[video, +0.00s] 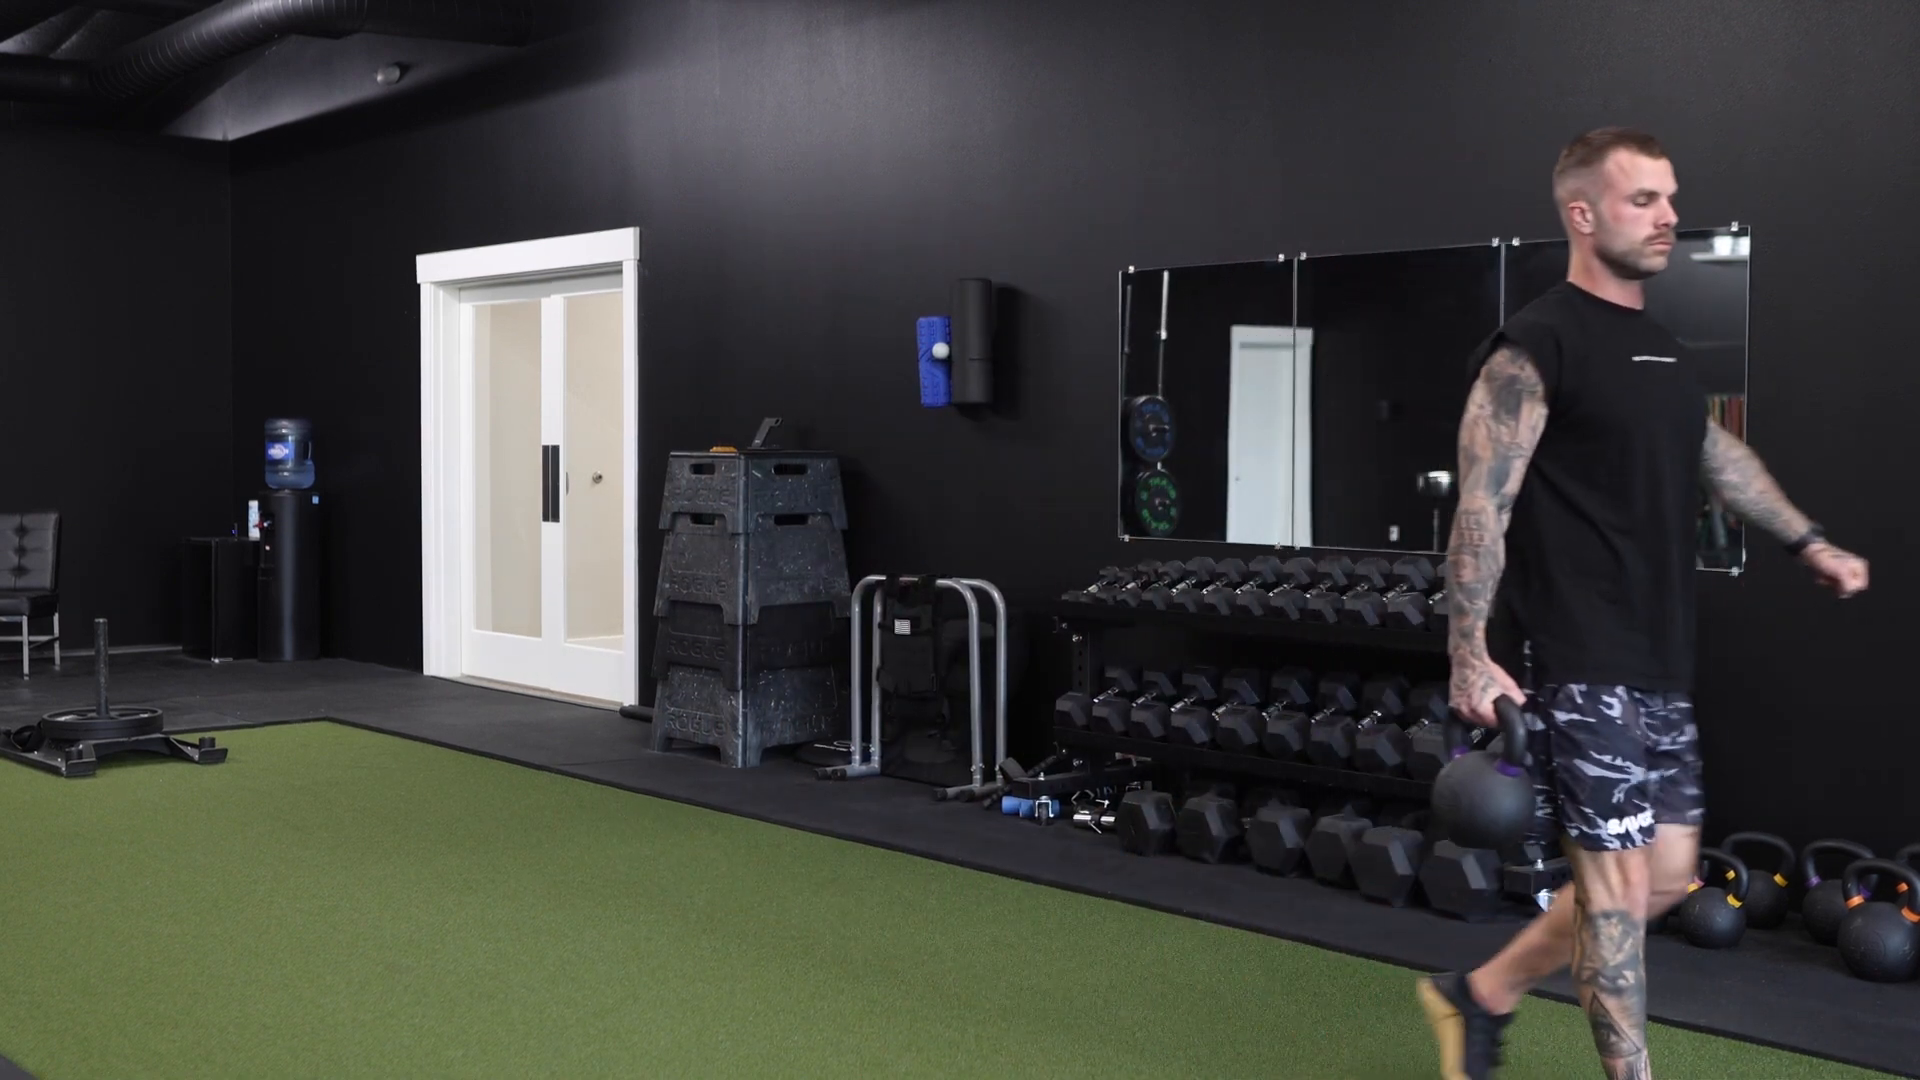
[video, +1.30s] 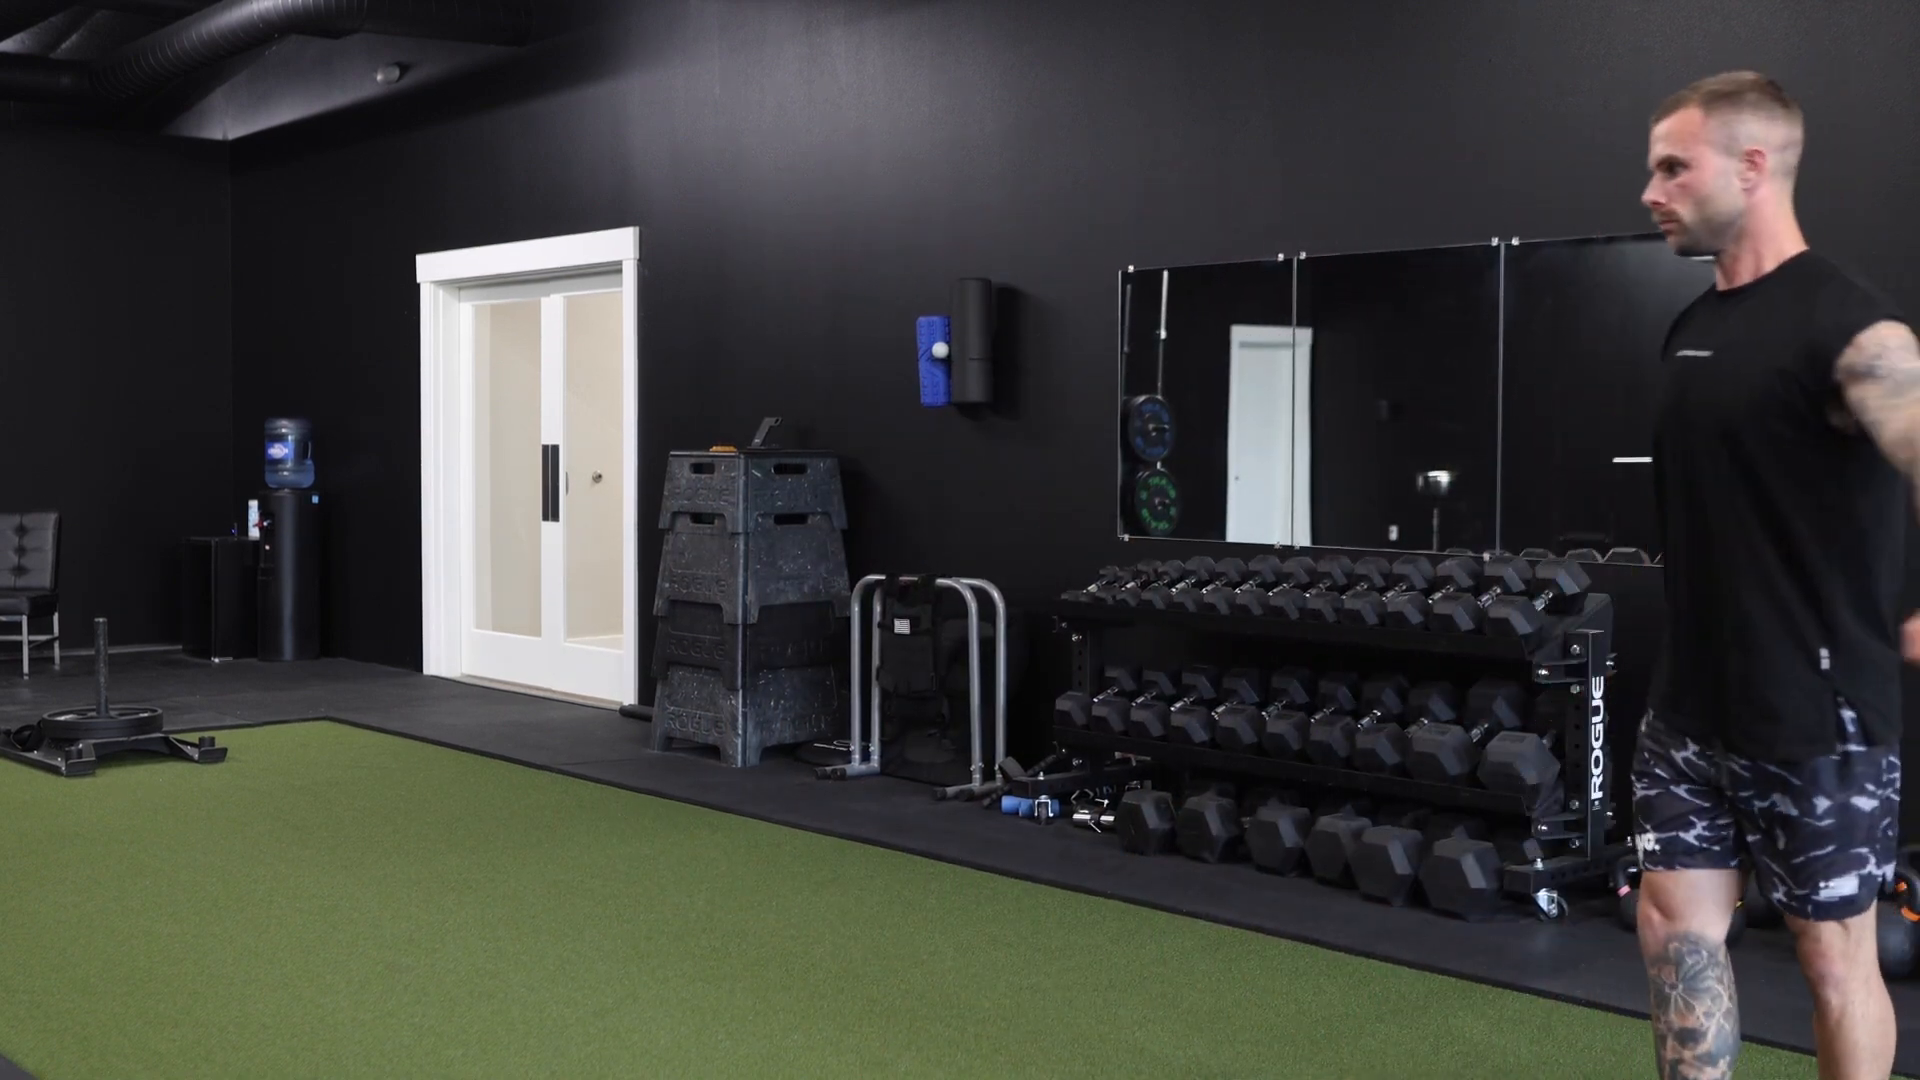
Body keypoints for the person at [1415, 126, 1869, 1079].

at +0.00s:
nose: (1667, 217)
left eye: (1670, 200)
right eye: (1643, 200)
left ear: (1667, 212)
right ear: (1579, 213)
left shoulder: (1653, 344)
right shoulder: (1533, 346)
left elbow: (1718, 454)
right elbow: (1481, 504)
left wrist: (1809, 541)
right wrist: (1467, 647)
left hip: (1659, 654)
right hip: (1577, 657)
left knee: (1670, 866)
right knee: (1613, 879)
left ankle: (1480, 991)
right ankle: (1630, 1072)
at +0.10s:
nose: (1688, 214)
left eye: (1695, 196)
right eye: (1664, 195)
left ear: (1699, 208)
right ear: (1605, 207)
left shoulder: (1702, 348)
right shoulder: (1561, 340)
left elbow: (1771, 447)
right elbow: (1505, 498)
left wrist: (1874, 535)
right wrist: (1493, 645)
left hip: (1704, 655)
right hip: (1605, 657)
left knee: (1748, 872)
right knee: (1632, 893)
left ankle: (1584, 1007)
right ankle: (1636, 1071)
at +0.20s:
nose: (1706, 207)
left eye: (1716, 191)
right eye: (1681, 190)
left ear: (1724, 204)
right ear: (1625, 203)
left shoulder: (1735, 339)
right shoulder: (1581, 337)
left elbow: (1831, 446)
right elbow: (1527, 498)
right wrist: (1513, 645)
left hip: (1742, 658)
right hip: (1631, 664)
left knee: (1799, 876)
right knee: (1647, 897)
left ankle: (1729, 1072)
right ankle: (1640, 1074)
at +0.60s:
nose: (1762, 200)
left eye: (1782, 177)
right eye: (1740, 183)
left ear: (1825, 180)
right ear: (1717, 196)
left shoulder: (1891, 332)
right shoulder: (1668, 338)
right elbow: (1618, 506)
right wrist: (1582, 654)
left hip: (1853, 673)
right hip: (1700, 673)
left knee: (1841, 912)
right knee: (1708, 918)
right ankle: (1649, 1070)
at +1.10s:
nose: (1725, 190)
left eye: (1750, 165)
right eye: (1720, 169)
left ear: (1833, 163)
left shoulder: (1906, 312)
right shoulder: (1719, 330)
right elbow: (1703, 505)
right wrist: (1668, 654)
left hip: (1860, 698)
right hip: (1715, 688)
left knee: (1856, 958)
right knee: (1669, 911)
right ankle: (1703, 1078)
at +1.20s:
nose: (1692, 192)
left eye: (1715, 167)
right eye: (1689, 169)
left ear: (1799, 165)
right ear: (1778, 170)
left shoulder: (1889, 320)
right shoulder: (1705, 328)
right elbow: (1699, 524)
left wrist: (1915, 389)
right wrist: (1682, 669)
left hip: (1844, 698)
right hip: (1708, 688)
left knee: (1847, 959)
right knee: (1674, 920)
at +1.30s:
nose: (1650, 194)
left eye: (1674, 169)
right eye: (1651, 171)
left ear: (1757, 169)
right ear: (1738, 176)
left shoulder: (1853, 332)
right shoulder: (1691, 330)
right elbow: (1708, 516)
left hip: (1822, 699)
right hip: (1695, 688)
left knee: (1837, 956)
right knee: (1677, 927)